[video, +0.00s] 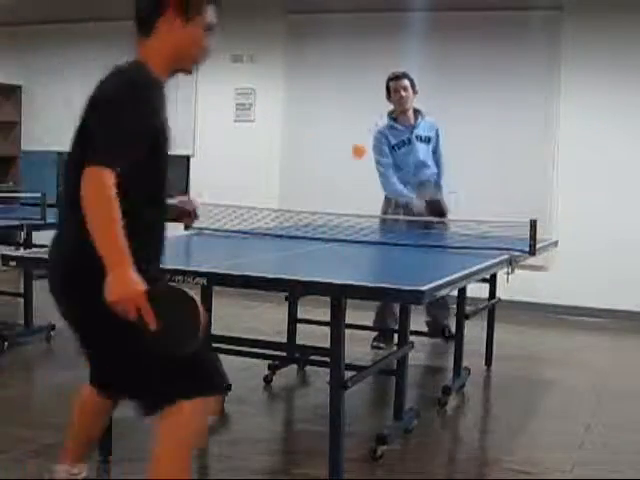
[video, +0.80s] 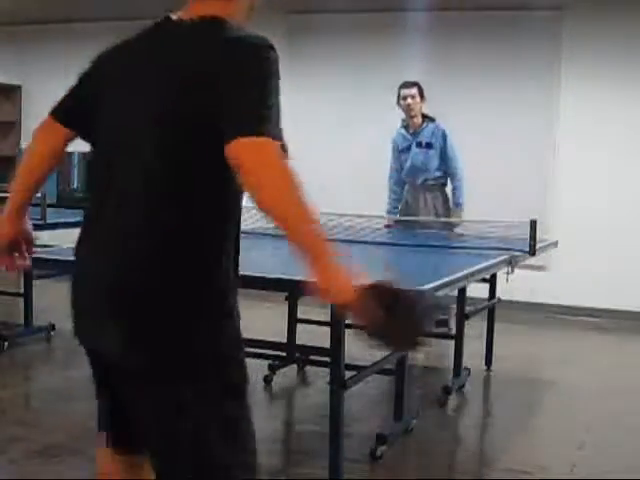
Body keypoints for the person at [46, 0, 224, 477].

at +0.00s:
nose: (208, 42)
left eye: (210, 29)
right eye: (205, 26)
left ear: (170, 22)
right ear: (172, 20)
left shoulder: (142, 90)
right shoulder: (129, 90)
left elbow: (117, 187)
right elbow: (96, 183)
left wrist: (166, 207)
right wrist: (120, 270)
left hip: (96, 274)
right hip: (98, 275)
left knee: (108, 377)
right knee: (197, 389)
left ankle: (70, 469)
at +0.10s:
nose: (243, 30)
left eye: (245, 17)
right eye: (238, 14)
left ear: (201, 12)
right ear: (200, 9)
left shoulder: (168, 76)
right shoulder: (158, 76)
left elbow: (144, 185)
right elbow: (113, 178)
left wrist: (167, 272)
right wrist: (134, 270)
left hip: (106, 268)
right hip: (130, 270)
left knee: (114, 370)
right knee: (213, 404)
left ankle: (77, 464)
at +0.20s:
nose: (275, 47)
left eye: (277, 34)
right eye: (270, 29)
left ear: (230, 21)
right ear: (229, 18)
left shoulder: (197, 95)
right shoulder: (178, 92)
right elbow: (143, 200)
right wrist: (190, 300)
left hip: (140, 287)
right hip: (146, 293)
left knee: (135, 386)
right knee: (223, 451)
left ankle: (73, 464)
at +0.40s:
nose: (308, 35)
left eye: (313, 23)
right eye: (307, 17)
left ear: (259, 9)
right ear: (269, 6)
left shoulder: (183, 51)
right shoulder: (217, 61)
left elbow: (122, 128)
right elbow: (212, 175)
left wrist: (137, 208)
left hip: (138, 292)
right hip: (181, 298)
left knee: (158, 448)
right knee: (231, 452)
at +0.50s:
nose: (290, 8)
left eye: (290, 2)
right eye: (287, 0)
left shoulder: (163, 29)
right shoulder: (231, 34)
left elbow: (96, 100)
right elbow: (235, 135)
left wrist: (80, 154)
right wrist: (360, 154)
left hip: (127, 267)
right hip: (194, 273)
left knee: (149, 446)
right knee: (221, 449)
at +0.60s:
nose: (282, 10)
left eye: (284, 4)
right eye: (281, 2)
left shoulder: (150, 40)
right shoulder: (237, 37)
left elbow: (78, 104)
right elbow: (253, 129)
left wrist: (42, 157)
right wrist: (380, 162)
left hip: (126, 282)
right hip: (195, 285)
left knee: (150, 451)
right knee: (225, 455)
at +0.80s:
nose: (252, 6)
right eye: (251, 2)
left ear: (187, 1)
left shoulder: (123, 55)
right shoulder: (242, 52)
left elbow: (53, 132)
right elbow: (252, 154)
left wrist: (12, 209)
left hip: (101, 304)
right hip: (183, 314)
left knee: (122, 446)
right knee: (217, 462)